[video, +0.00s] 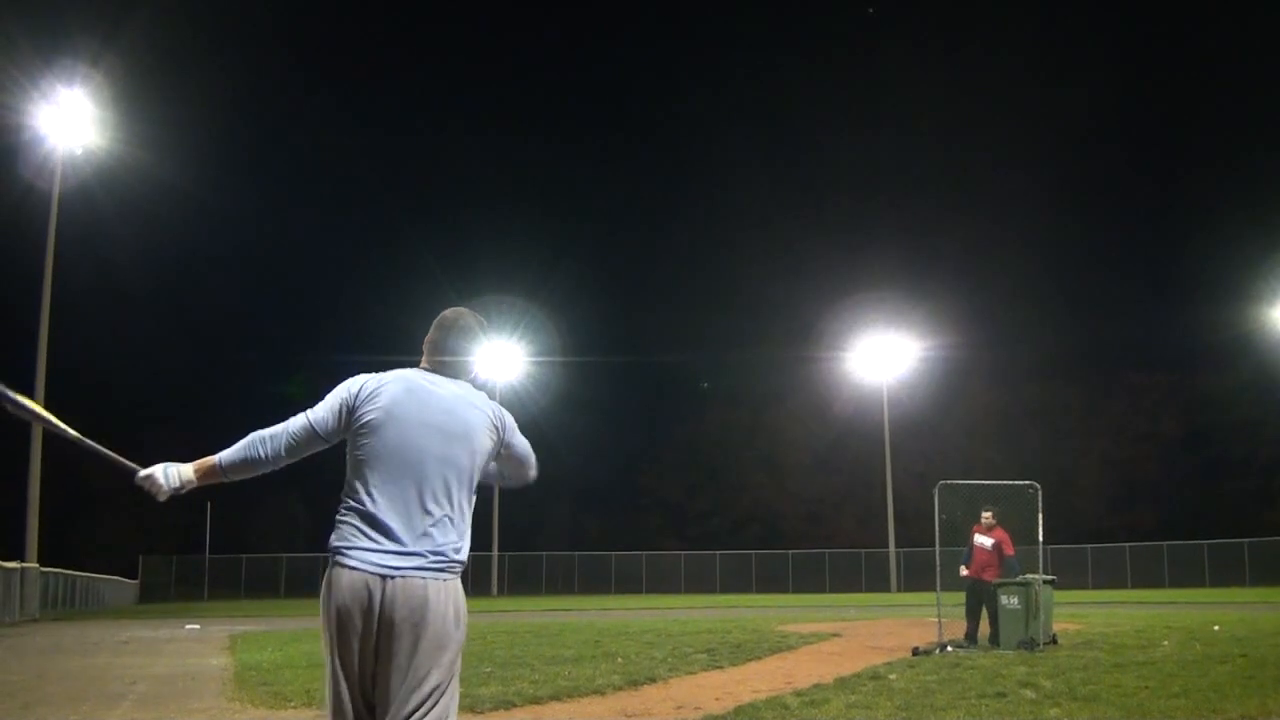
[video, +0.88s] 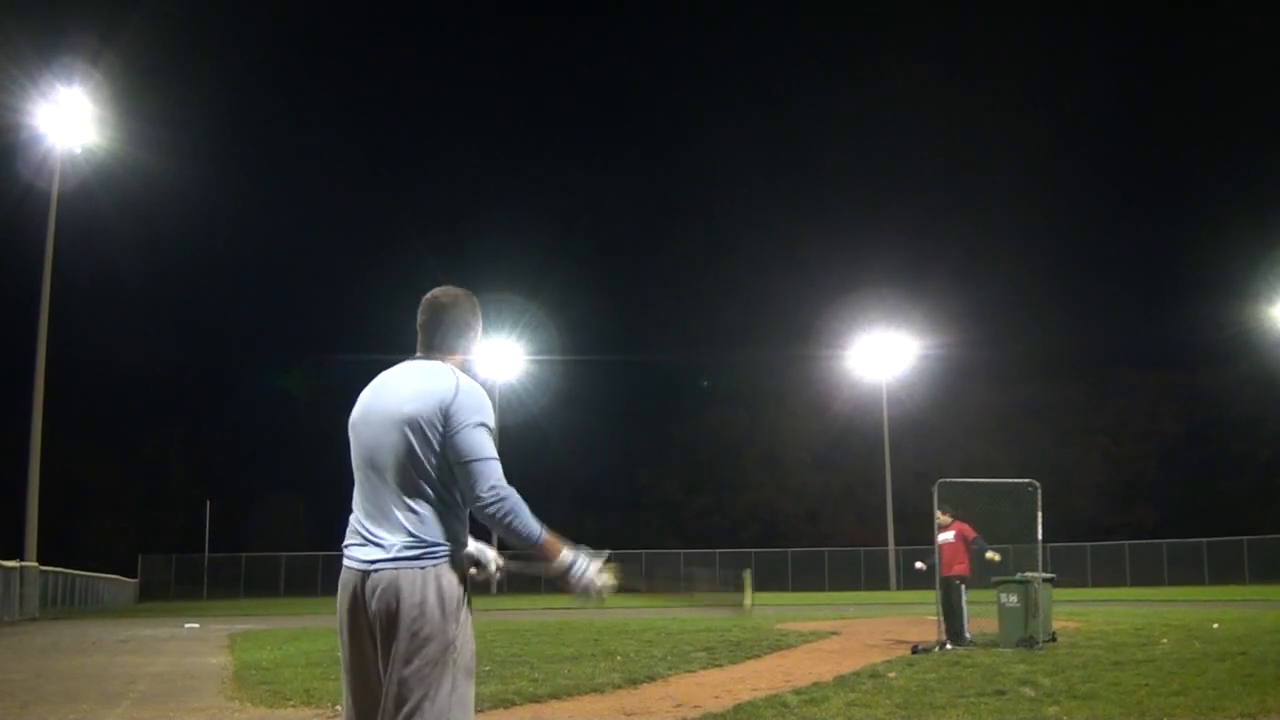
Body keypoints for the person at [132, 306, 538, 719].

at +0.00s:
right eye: (478, 352)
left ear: (426, 350)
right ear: (476, 361)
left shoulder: (369, 389)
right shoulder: (490, 415)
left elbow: (279, 443)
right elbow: (524, 471)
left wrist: (187, 473)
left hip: (350, 583)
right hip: (431, 592)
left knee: (348, 709)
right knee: (421, 712)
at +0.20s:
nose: (476, 367)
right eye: (476, 358)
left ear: (424, 354)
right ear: (474, 364)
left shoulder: (370, 394)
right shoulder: (491, 416)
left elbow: (290, 449)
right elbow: (538, 497)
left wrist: (215, 482)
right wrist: (496, 529)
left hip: (353, 578)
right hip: (433, 588)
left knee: (349, 707)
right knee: (430, 710)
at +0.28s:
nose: (476, 367)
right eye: (477, 359)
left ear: (427, 353)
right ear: (475, 360)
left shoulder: (369, 398)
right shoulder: (488, 414)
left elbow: (297, 460)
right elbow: (533, 509)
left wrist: (234, 502)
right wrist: (503, 556)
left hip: (355, 580)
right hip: (433, 588)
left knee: (354, 709)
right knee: (438, 710)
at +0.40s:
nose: (482, 367)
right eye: (479, 357)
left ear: (428, 354)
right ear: (475, 362)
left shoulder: (370, 398)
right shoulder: (486, 413)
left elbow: (315, 479)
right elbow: (517, 513)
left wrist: (266, 537)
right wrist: (502, 574)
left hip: (356, 581)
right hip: (435, 589)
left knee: (356, 711)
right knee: (447, 711)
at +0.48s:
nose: (482, 360)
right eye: (481, 351)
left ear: (428, 349)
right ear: (476, 356)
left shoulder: (367, 401)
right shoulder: (482, 409)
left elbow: (335, 498)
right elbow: (498, 513)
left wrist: (320, 561)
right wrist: (500, 584)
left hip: (357, 583)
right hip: (434, 589)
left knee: (359, 712)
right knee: (444, 711)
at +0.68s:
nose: (484, 350)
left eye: (482, 342)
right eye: (483, 342)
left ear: (425, 342)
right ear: (474, 346)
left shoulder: (369, 399)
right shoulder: (474, 401)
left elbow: (374, 495)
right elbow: (489, 507)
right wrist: (511, 587)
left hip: (356, 584)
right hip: (430, 586)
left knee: (361, 713)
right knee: (434, 711)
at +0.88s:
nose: (478, 344)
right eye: (477, 334)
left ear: (420, 335)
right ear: (472, 338)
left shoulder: (375, 390)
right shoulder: (460, 392)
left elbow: (394, 496)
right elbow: (489, 495)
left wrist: (457, 547)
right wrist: (567, 558)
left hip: (355, 583)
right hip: (422, 587)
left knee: (365, 713)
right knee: (429, 711)